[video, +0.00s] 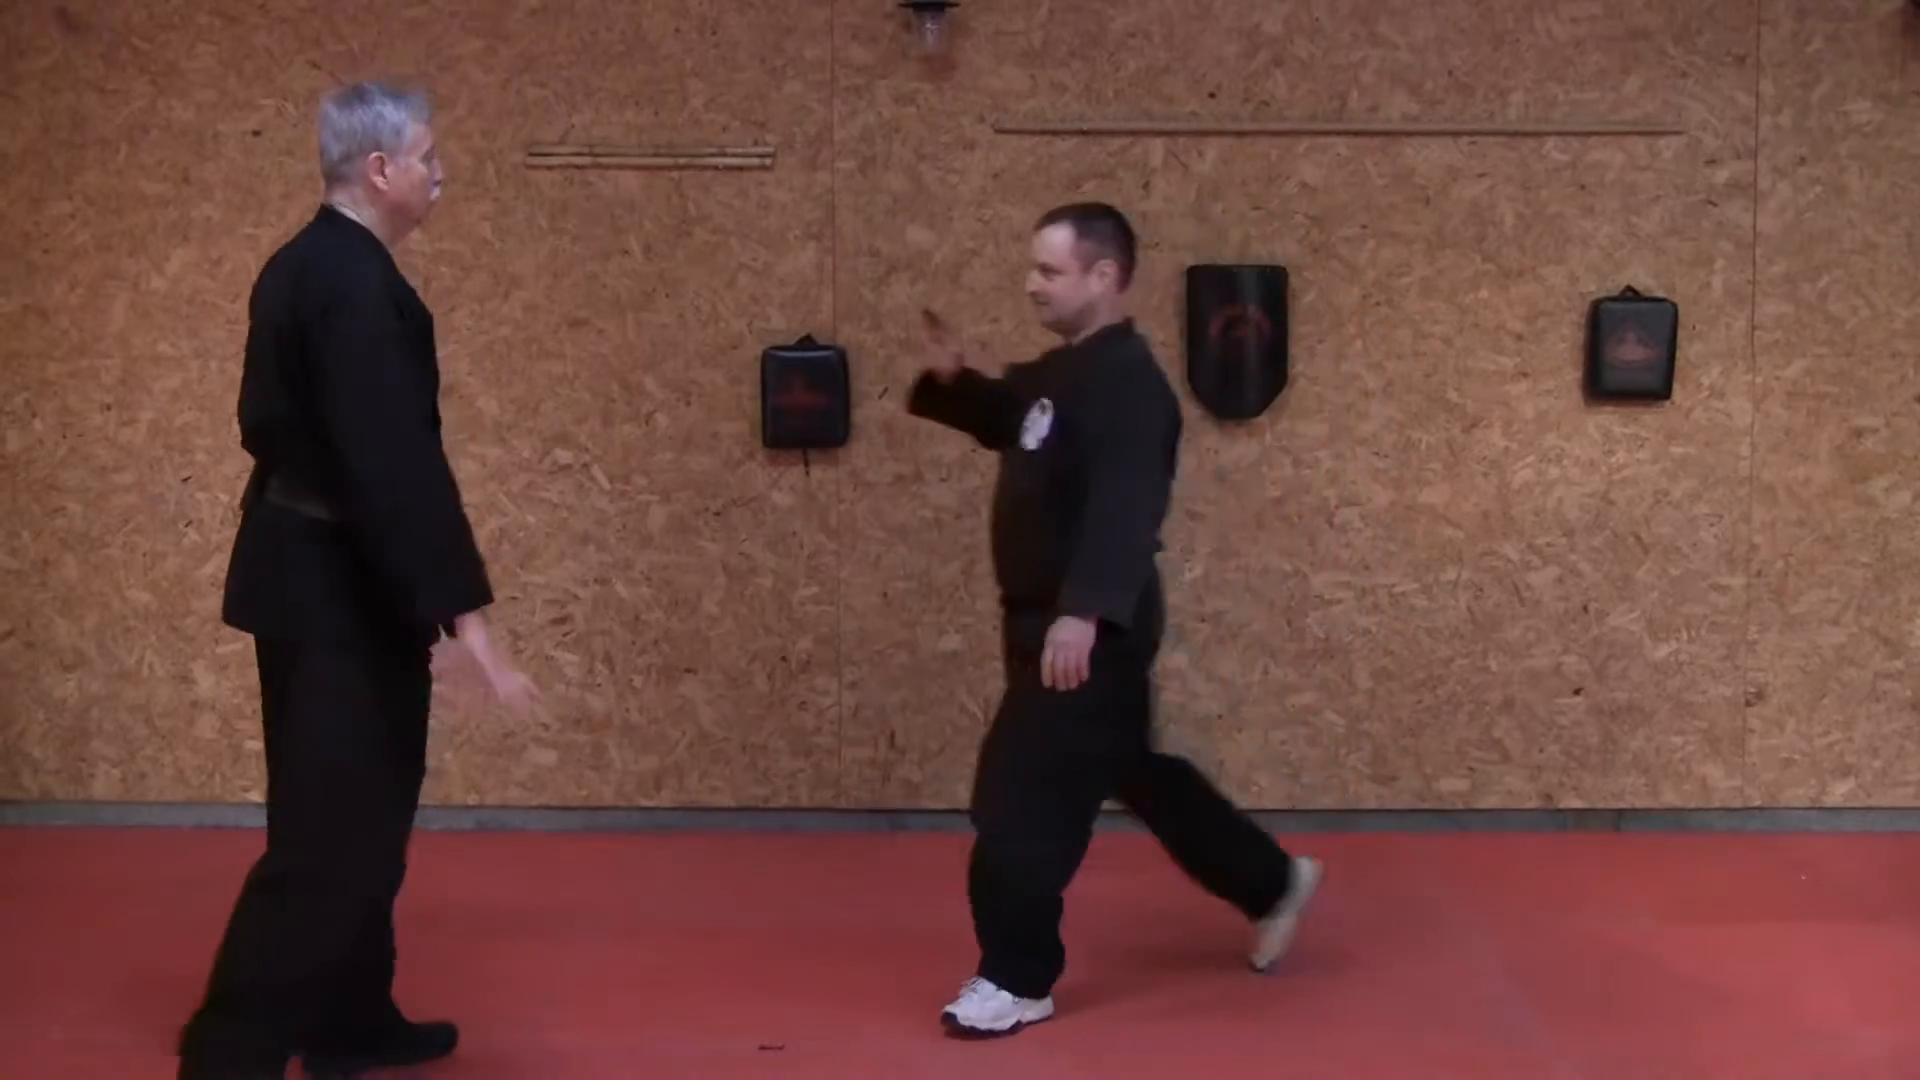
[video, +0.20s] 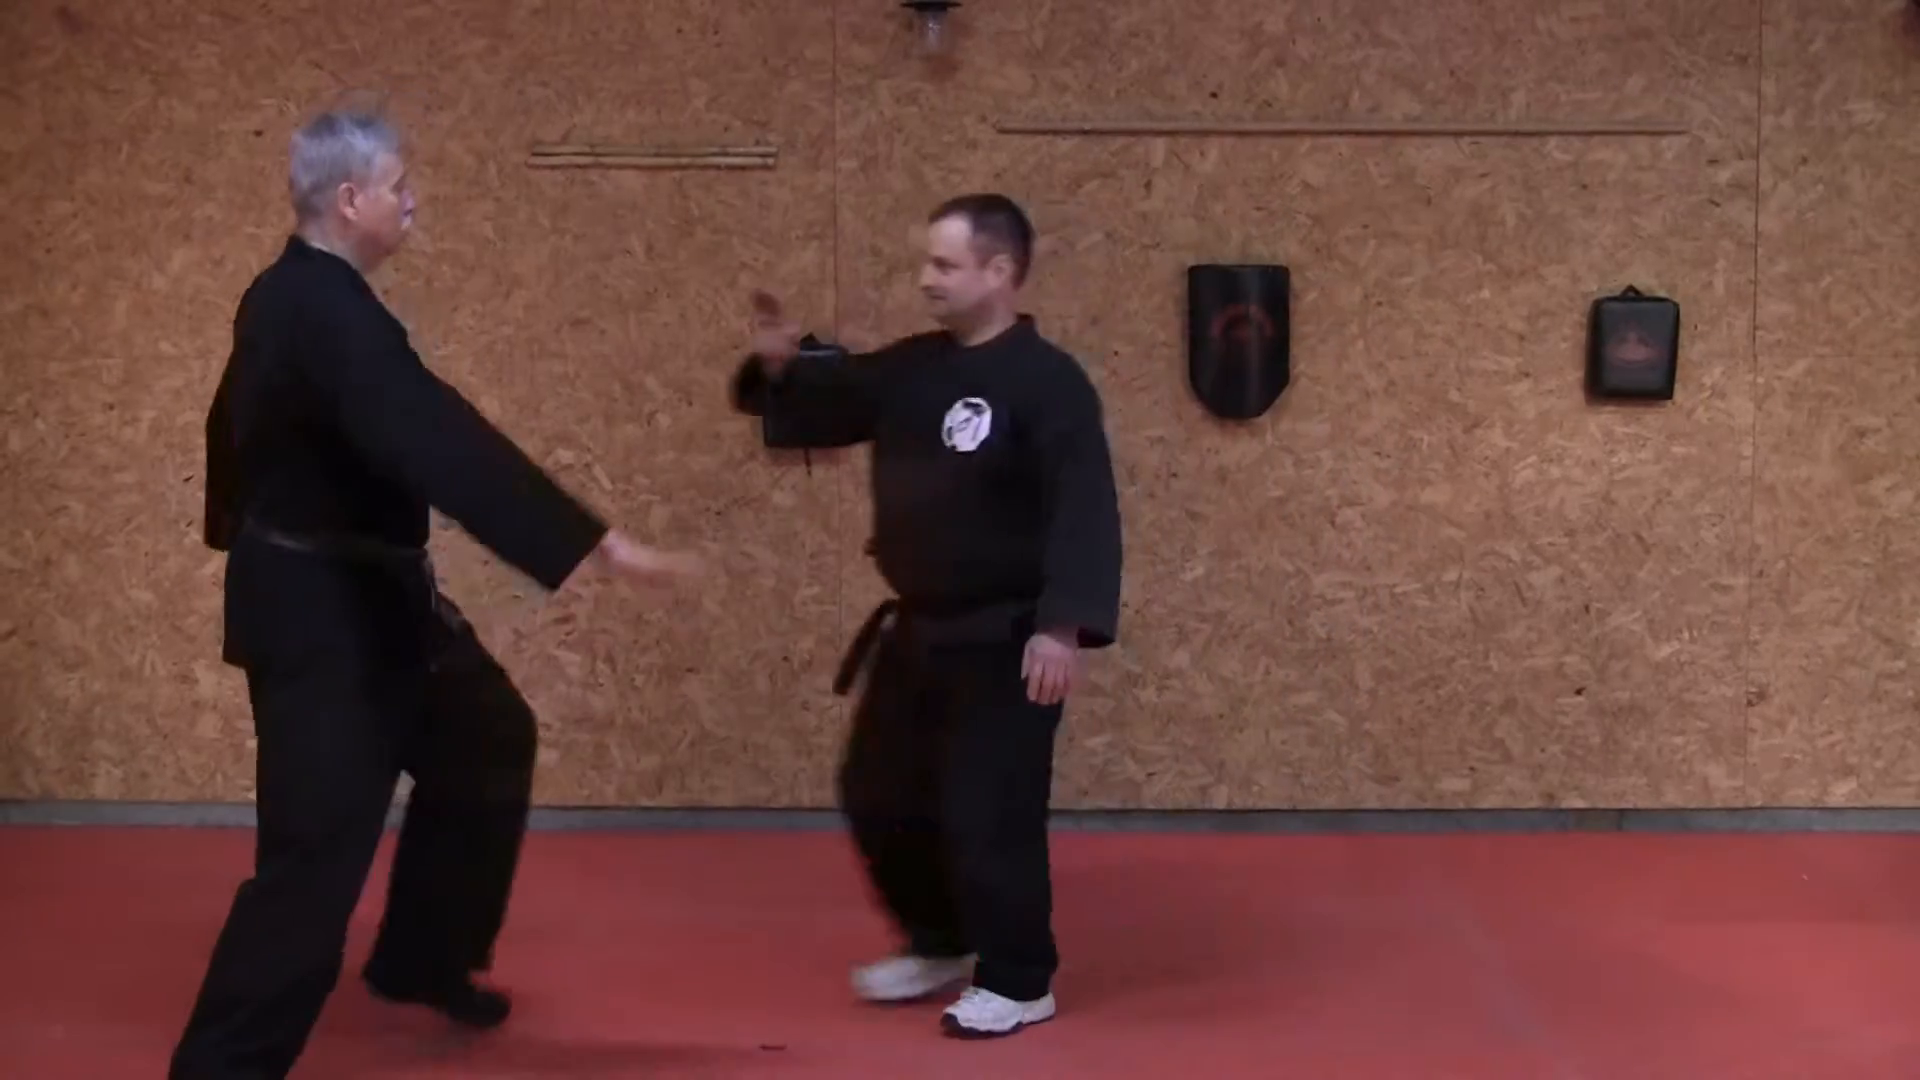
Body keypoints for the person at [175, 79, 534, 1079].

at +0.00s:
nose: (440, 178)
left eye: (437, 157)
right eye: (430, 159)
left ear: (360, 171)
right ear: (380, 169)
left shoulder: (299, 267)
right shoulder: (359, 283)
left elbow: (270, 431)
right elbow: (398, 463)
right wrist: (463, 608)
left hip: (311, 577)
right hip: (345, 591)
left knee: (359, 814)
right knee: (337, 827)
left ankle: (351, 1021)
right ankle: (232, 1048)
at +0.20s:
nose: (414, 204)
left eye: (410, 186)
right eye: (399, 188)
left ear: (334, 202)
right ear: (345, 200)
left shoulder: (287, 293)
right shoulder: (329, 310)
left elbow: (237, 424)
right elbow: (440, 439)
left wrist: (235, 522)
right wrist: (594, 542)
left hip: (366, 597)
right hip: (322, 609)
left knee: (489, 740)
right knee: (315, 860)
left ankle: (424, 962)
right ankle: (224, 1064)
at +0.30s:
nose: (406, 212)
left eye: (402, 194)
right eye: (390, 196)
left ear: (330, 209)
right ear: (336, 209)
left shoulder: (308, 299)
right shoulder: (317, 315)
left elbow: (247, 424)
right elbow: (456, 406)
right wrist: (634, 451)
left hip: (395, 599)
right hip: (318, 611)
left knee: (497, 769)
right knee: (333, 844)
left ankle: (502, 960)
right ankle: (227, 1064)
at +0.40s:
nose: (400, 226)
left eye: (398, 207)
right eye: (384, 210)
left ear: (330, 220)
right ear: (326, 220)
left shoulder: (347, 316)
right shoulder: (314, 330)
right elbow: (452, 392)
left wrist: (512, 355)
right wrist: (635, 349)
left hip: (419, 603)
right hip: (335, 618)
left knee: (498, 787)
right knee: (335, 856)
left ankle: (511, 970)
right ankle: (231, 1066)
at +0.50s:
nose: (424, 236)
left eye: (422, 218)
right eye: (406, 219)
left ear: (372, 229)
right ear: (351, 228)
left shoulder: (431, 337)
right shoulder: (286, 346)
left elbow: (528, 462)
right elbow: (382, 420)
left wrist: (540, 352)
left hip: (441, 606)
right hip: (331, 617)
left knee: (527, 793)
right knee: (340, 838)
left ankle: (506, 974)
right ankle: (232, 1064)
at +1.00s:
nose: (442, 253)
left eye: (443, 236)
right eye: (429, 234)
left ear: (375, 240)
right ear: (369, 235)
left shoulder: (394, 339)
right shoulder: (334, 330)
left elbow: (470, 466)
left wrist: (500, 430)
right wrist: (513, 329)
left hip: (427, 617)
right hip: (360, 618)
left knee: (512, 784)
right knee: (331, 862)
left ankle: (521, 978)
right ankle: (170, 1060)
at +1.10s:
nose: (429, 249)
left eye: (427, 235)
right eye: (414, 234)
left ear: (360, 241)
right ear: (358, 238)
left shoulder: (375, 336)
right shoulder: (356, 309)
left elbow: (453, 478)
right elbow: (509, 298)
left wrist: (519, 406)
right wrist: (650, 277)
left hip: (437, 609)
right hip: (373, 610)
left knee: (509, 777)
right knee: (327, 840)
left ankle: (515, 970)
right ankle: (165, 1056)